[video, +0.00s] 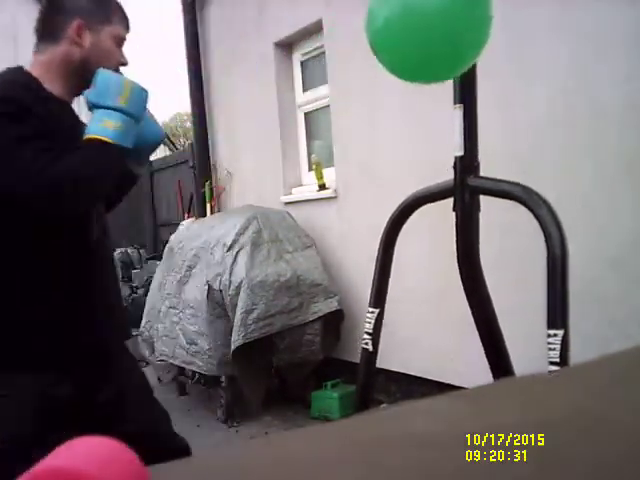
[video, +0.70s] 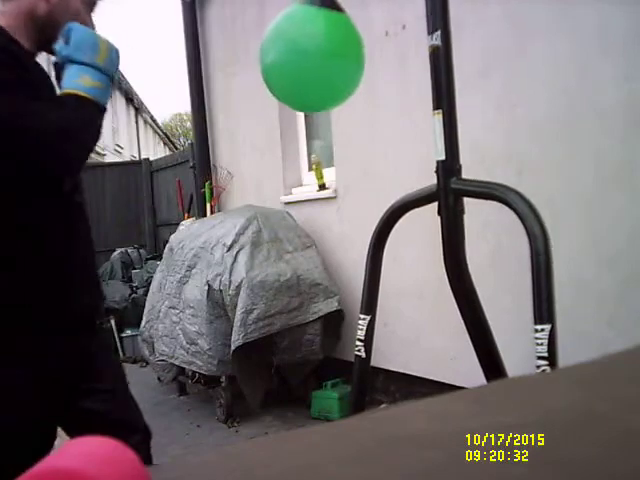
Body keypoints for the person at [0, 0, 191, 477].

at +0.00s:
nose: (123, 59)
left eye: (124, 44)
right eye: (118, 41)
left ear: (80, 36)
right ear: (79, 33)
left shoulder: (64, 119)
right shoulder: (10, 102)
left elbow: (84, 210)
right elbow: (51, 203)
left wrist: (128, 156)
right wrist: (106, 131)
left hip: (87, 348)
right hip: (34, 352)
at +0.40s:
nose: (62, 44)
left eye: (65, 30)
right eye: (56, 24)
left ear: (17, 16)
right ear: (13, 12)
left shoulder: (18, 93)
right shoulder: (2, 93)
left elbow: (41, 191)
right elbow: (12, 199)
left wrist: (67, 133)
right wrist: (40, 120)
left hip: (36, 320)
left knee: (96, 459)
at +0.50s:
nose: (64, 51)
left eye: (68, 37)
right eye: (61, 31)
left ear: (18, 18)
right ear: (17, 15)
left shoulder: (9, 107)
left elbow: (17, 219)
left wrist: (58, 152)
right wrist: (37, 138)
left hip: (36, 328)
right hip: (15, 334)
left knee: (118, 441)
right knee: (118, 440)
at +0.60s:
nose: (75, 35)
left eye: (78, 18)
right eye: (72, 13)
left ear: (27, 9)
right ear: (28, 5)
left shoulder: (16, 84)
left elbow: (31, 189)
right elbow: (4, 194)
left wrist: (69, 129)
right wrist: (55, 111)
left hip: (55, 313)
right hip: (15, 322)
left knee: (123, 433)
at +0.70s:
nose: (90, 19)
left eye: (92, 7)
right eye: (87, 4)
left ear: (42, 3)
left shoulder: (28, 72)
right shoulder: (9, 68)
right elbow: (49, 163)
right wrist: (88, 78)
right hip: (33, 319)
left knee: (120, 446)